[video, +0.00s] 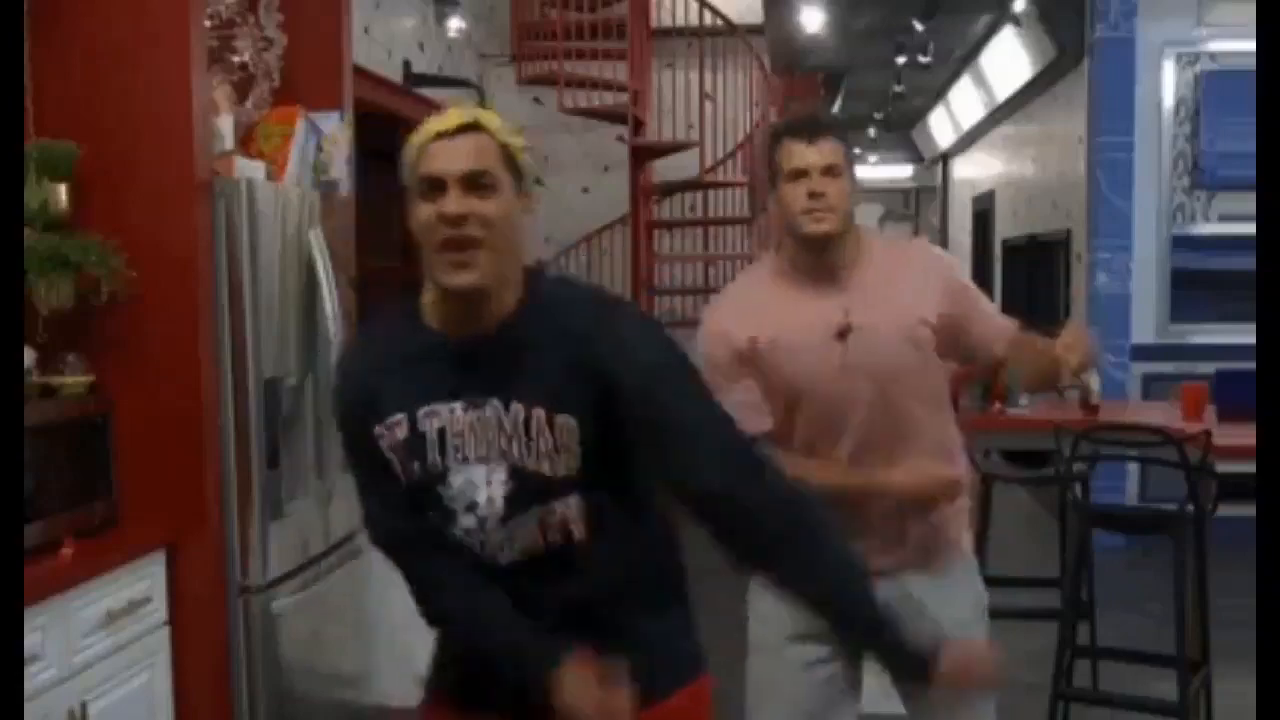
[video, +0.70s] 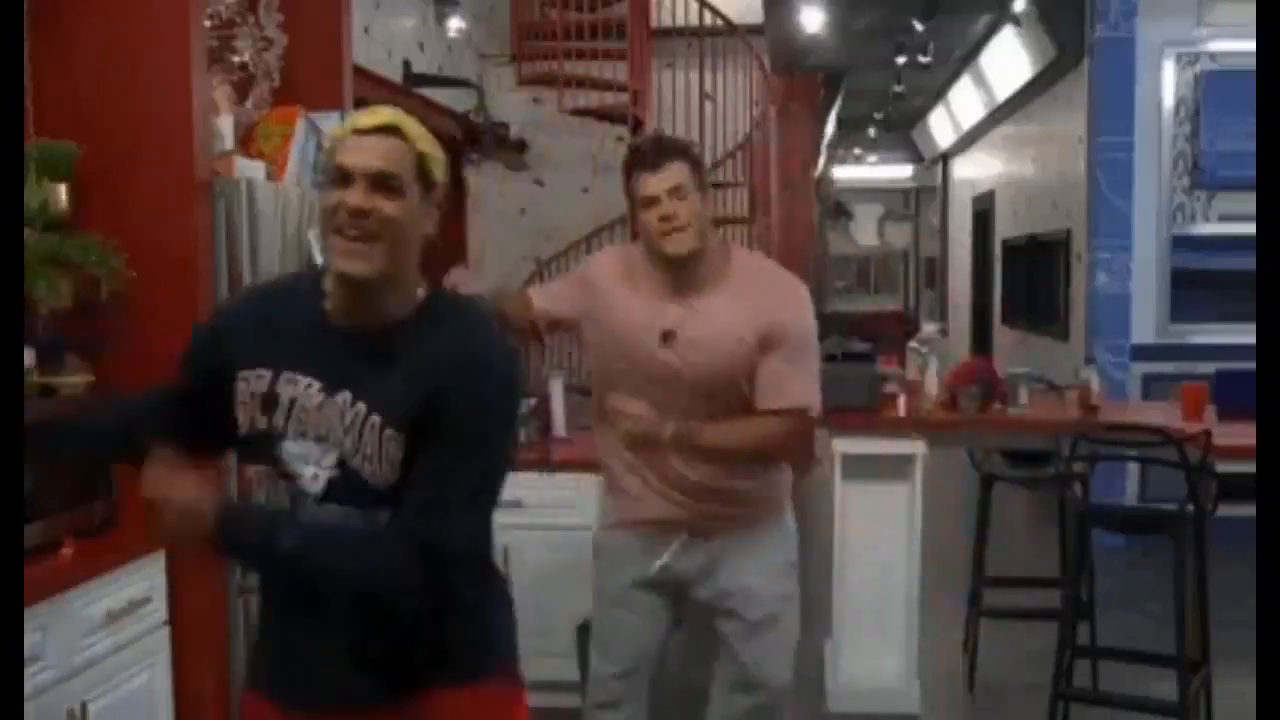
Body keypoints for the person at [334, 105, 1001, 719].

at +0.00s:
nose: (453, 210)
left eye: (479, 188)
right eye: (430, 192)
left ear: (524, 208)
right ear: (409, 217)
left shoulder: (608, 339)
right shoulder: (373, 373)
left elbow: (743, 492)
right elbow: (420, 555)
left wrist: (910, 651)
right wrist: (543, 666)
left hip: (640, 669)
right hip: (478, 674)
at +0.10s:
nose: (502, 226)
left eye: (528, 205)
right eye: (479, 206)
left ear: (571, 226)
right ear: (456, 228)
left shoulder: (635, 376)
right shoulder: (403, 378)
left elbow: (727, 576)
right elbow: (427, 584)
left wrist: (790, 706)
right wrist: (466, 700)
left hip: (643, 688)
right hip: (491, 688)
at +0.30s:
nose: (547, 182)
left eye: (576, 166)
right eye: (529, 159)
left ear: (614, 195)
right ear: (499, 177)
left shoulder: (643, 351)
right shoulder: (420, 300)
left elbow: (605, 578)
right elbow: (367, 434)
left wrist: (418, 689)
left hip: (604, 650)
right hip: (450, 636)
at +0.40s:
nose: (493, 192)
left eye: (524, 177)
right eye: (478, 169)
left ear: (566, 206)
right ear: (452, 183)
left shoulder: (583, 363)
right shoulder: (374, 294)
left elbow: (529, 573)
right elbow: (291, 374)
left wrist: (325, 505)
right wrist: (115, 352)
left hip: (554, 682)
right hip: (402, 664)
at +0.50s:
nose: (457, 219)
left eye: (488, 206)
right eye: (444, 198)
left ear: (532, 238)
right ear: (419, 215)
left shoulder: (544, 397)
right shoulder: (347, 312)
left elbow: (479, 584)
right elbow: (257, 371)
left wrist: (331, 470)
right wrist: (89, 315)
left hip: (515, 693)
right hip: (373, 676)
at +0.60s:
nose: (418, 235)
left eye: (449, 222)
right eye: (405, 212)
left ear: (491, 250)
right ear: (383, 226)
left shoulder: (505, 403)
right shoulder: (316, 325)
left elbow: (437, 605)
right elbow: (236, 381)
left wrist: (327, 474)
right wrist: (63, 304)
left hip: (482, 686)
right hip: (345, 671)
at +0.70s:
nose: (355, 204)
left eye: (386, 188)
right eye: (341, 182)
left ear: (431, 215)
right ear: (320, 198)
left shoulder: (472, 353)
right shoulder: (259, 321)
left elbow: (429, 553)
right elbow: (182, 422)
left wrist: (228, 521)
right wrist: (39, 439)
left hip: (444, 676)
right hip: (298, 669)